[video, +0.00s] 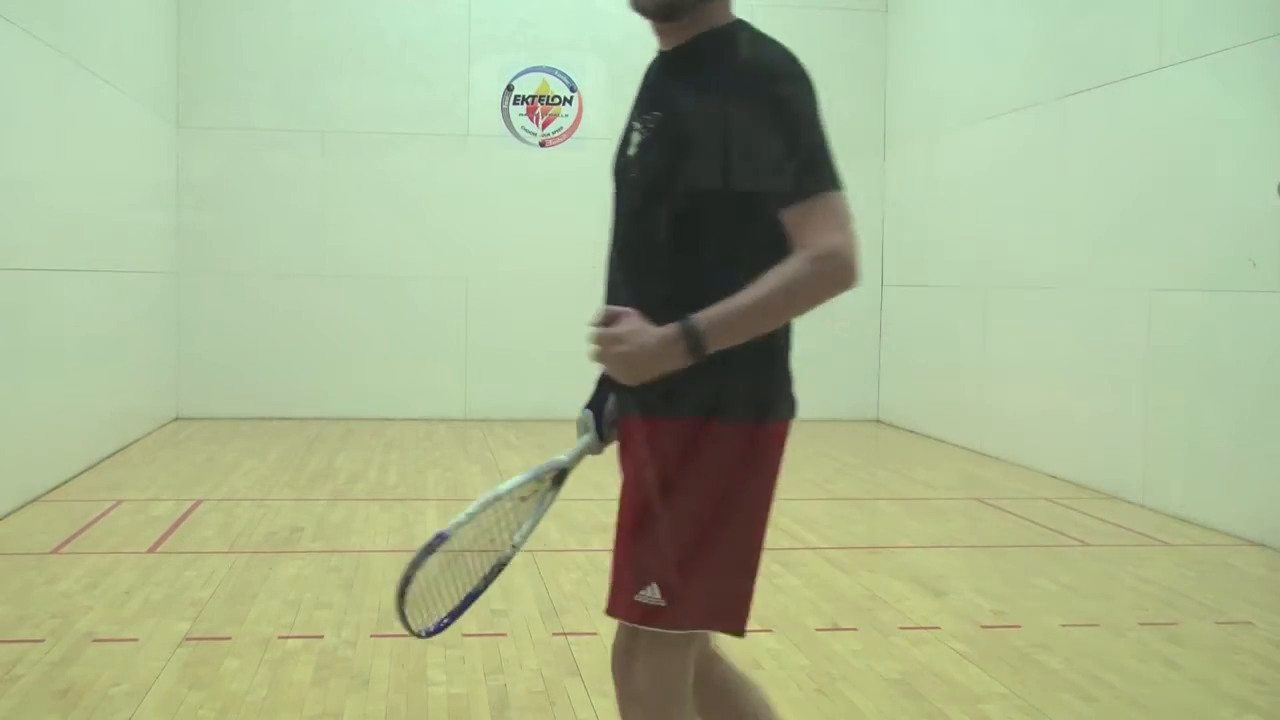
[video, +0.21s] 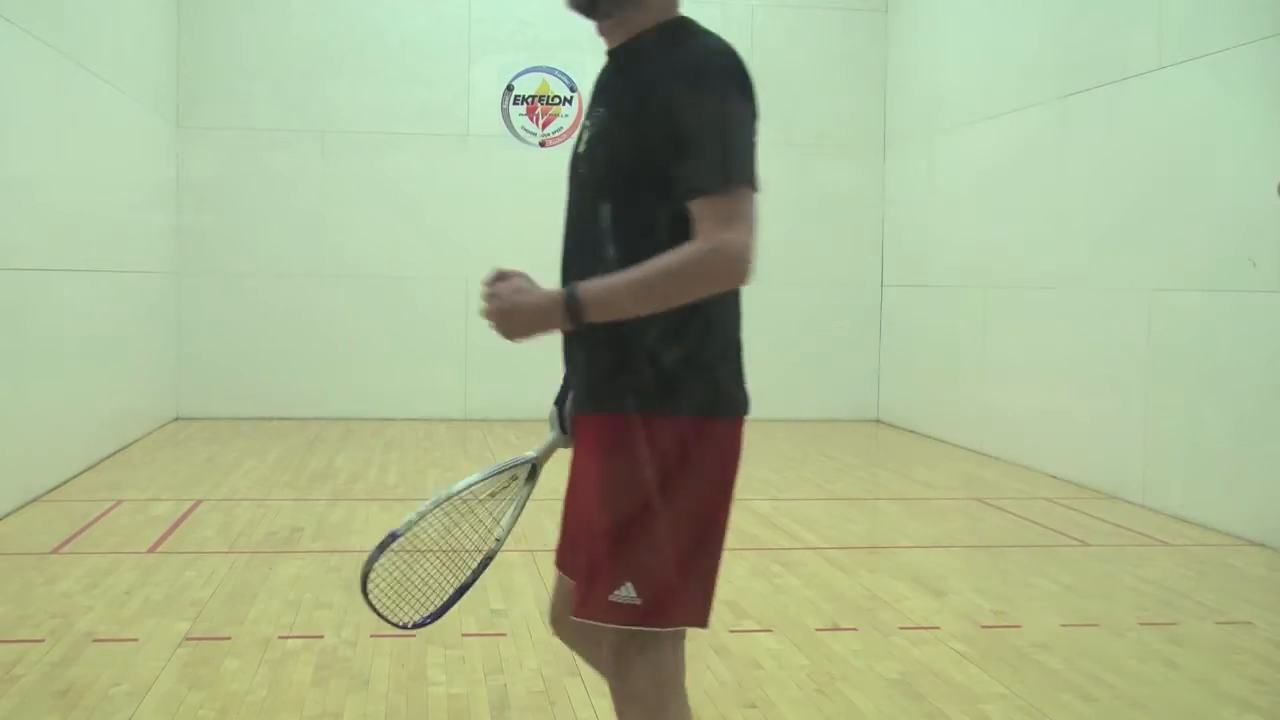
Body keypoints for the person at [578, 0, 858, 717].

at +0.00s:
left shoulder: (757, 73)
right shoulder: (668, 74)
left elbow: (831, 259)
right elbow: (680, 254)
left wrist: (675, 343)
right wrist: (624, 379)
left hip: (719, 410)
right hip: (666, 404)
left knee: (649, 666)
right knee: (680, 653)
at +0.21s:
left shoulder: (697, 65)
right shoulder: (625, 71)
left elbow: (727, 252)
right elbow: (632, 245)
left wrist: (560, 307)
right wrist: (586, 377)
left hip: (668, 401)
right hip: (622, 395)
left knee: (643, 650)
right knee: (579, 616)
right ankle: (667, 704)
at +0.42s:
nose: (517, 6)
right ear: (599, 3)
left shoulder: (608, 72)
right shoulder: (623, 76)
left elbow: (609, 250)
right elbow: (624, 278)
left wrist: (470, 290)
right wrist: (556, 418)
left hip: (610, 403)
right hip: (592, 401)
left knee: (609, 640)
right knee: (559, 613)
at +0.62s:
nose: (517, 20)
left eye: (518, 10)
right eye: (520, 11)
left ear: (530, 10)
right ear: (599, 14)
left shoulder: (530, 88)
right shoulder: (655, 103)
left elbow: (513, 235)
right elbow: (674, 255)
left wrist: (444, 303)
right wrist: (624, 339)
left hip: (536, 397)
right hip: (623, 396)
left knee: (488, 616)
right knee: (565, 599)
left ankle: (548, 718)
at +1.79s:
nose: (584, 123)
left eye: (583, 115)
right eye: (585, 114)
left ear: (521, 100)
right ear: (573, 109)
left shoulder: (463, 147)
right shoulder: (577, 165)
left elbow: (425, 256)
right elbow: (591, 280)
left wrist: (475, 294)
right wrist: (609, 365)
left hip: (463, 358)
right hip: (541, 363)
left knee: (458, 505)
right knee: (532, 507)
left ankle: (444, 656)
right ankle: (509, 655)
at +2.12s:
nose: (599, 126)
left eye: (598, 118)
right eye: (600, 119)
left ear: (542, 107)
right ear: (593, 113)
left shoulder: (494, 153)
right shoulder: (596, 158)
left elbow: (466, 254)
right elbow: (612, 259)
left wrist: (516, 272)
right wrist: (628, 351)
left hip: (502, 336)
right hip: (566, 340)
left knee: (512, 482)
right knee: (548, 492)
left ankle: (506, 620)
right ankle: (513, 645)